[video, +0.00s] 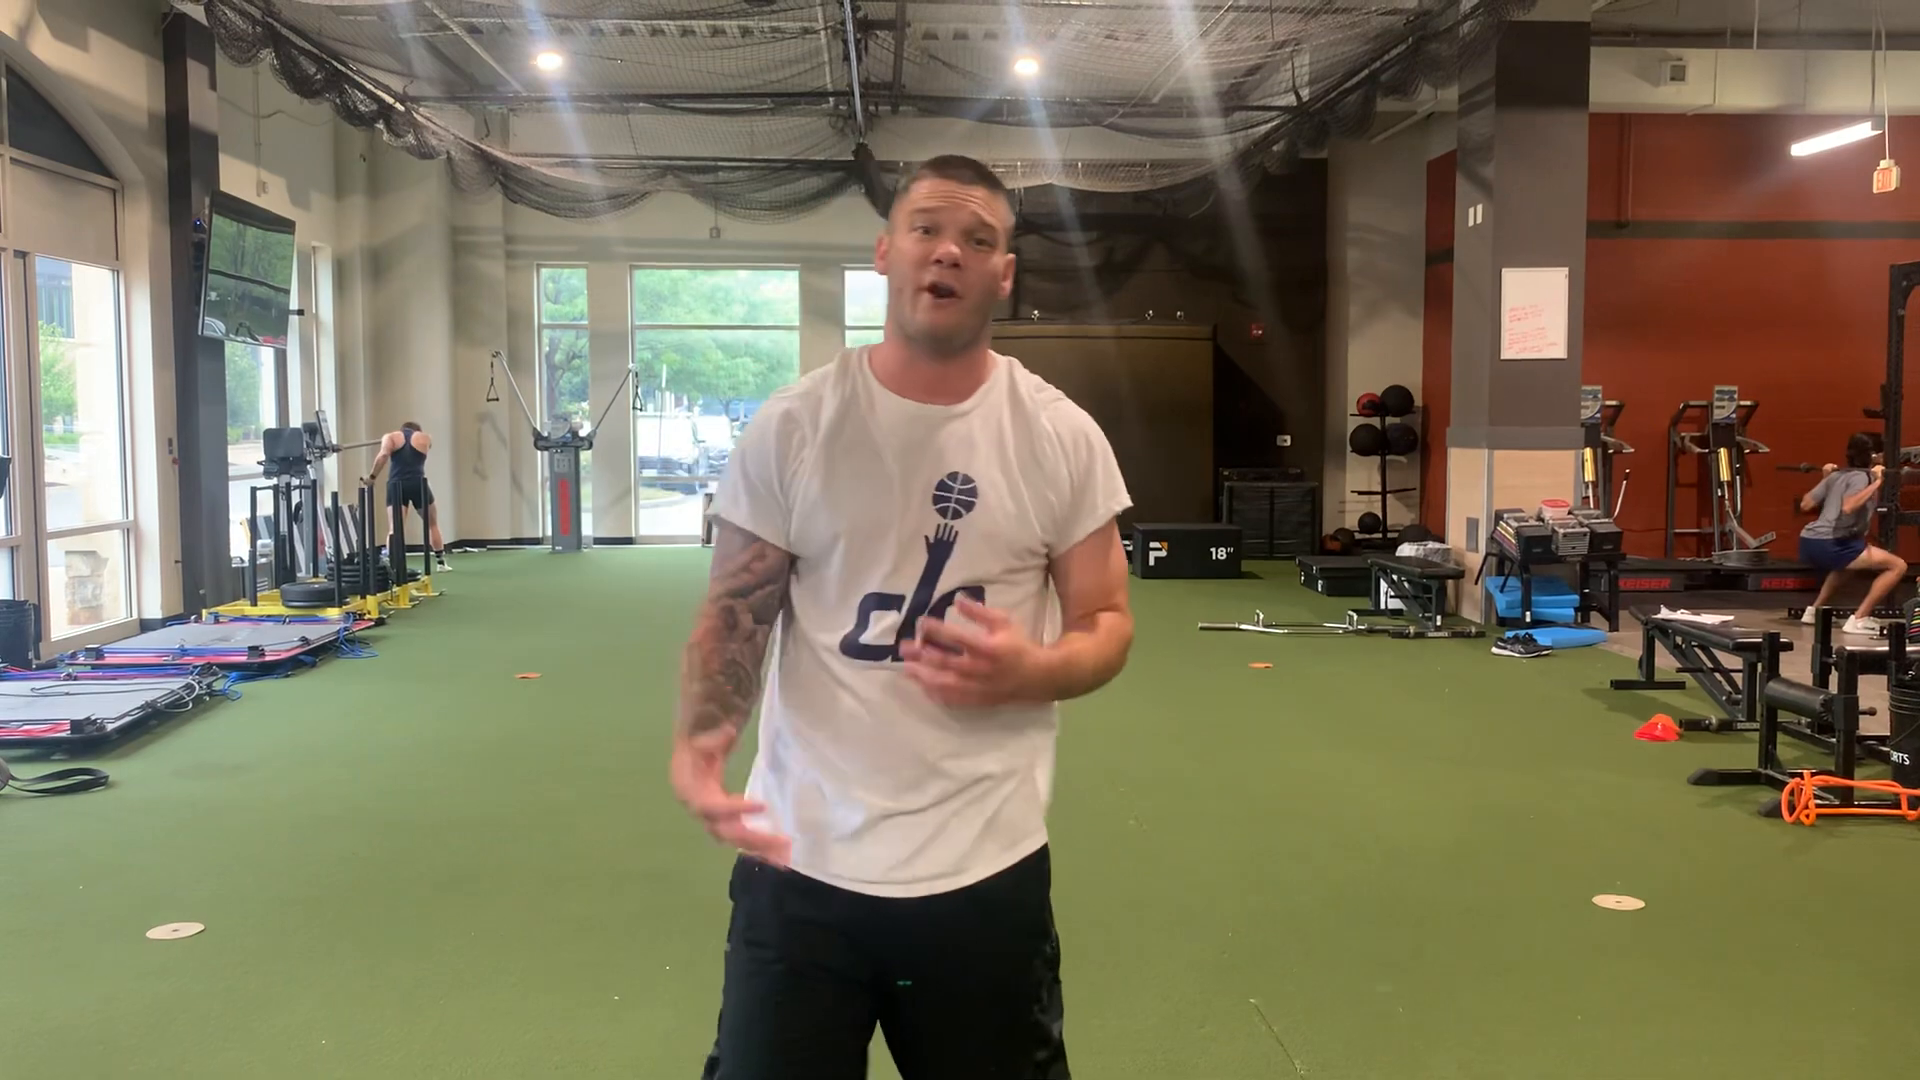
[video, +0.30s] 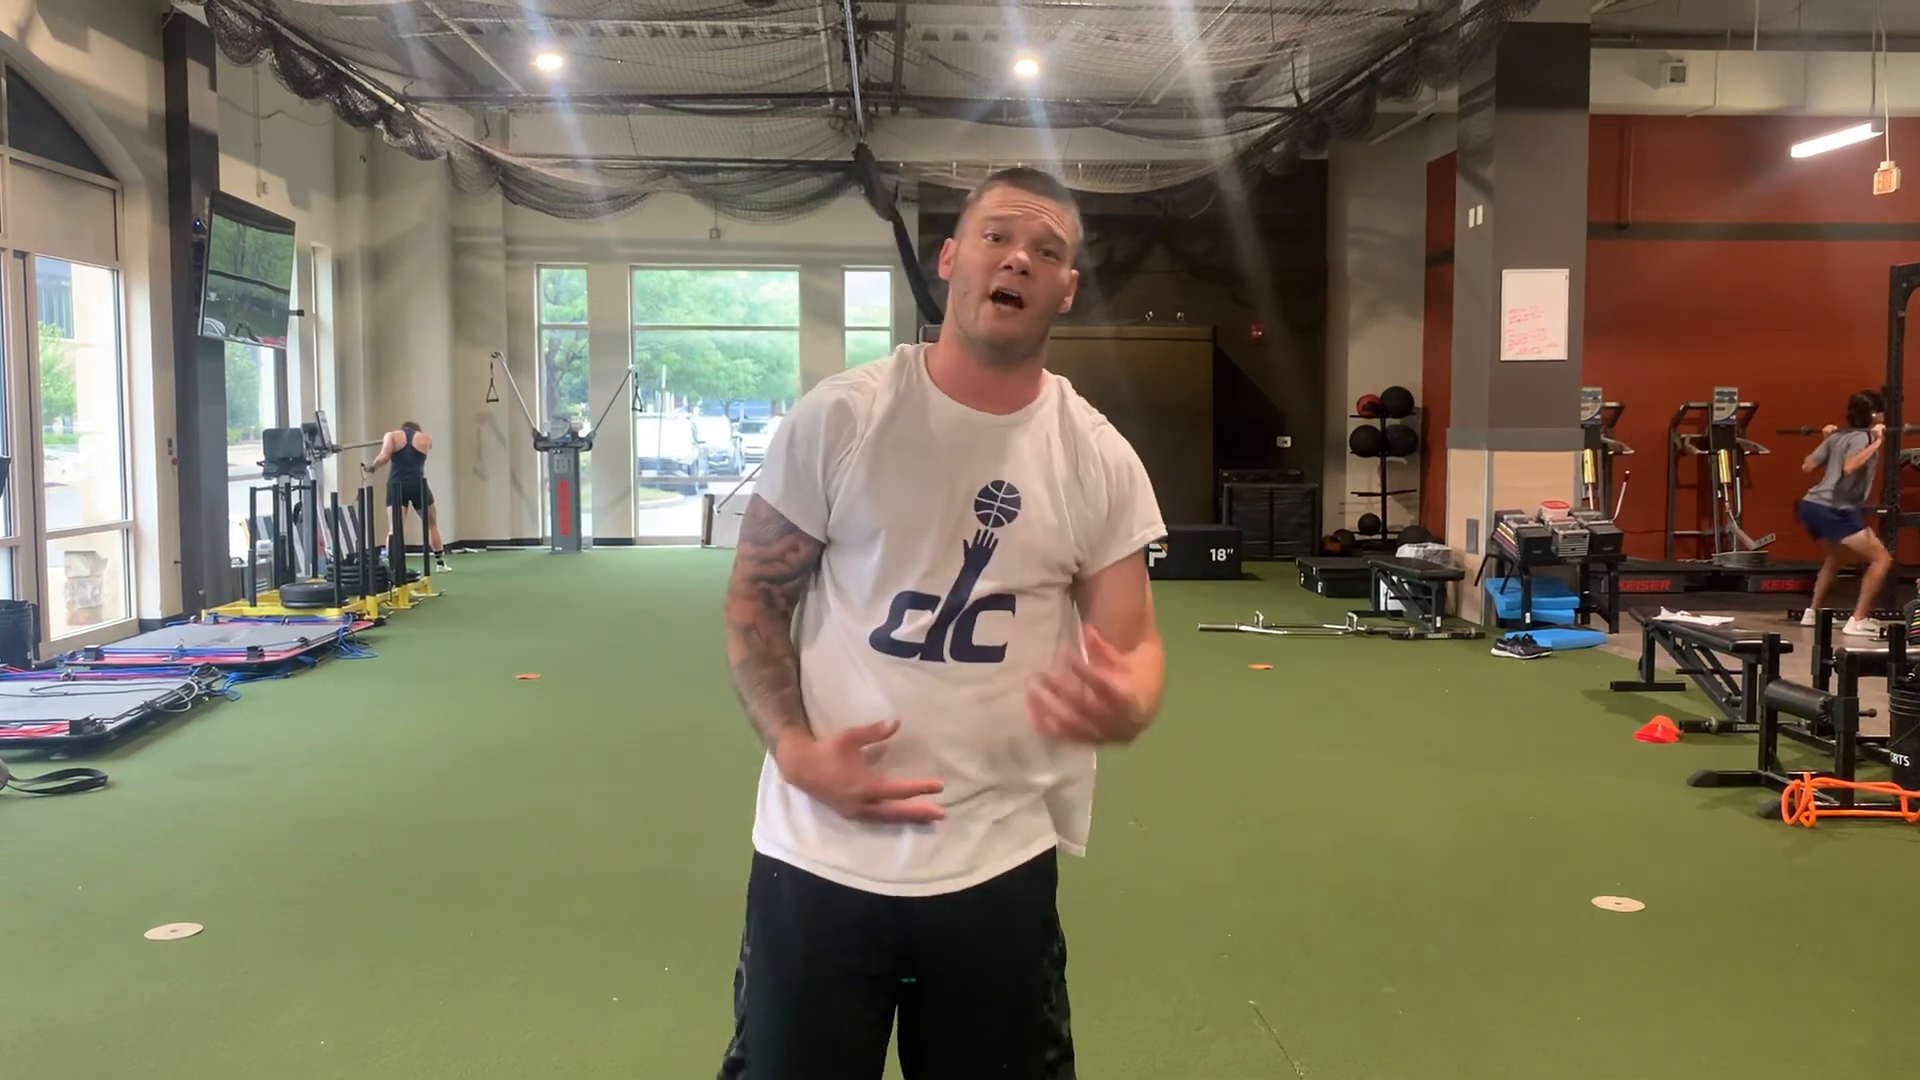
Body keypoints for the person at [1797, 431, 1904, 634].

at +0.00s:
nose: (1881, 458)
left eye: (1881, 453)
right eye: (1880, 453)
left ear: (1850, 455)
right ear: (1872, 457)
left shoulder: (1836, 476)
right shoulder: (1862, 477)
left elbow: (1806, 504)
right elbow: (1848, 507)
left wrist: (1825, 478)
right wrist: (1877, 482)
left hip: (1808, 541)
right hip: (1831, 545)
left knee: (1847, 564)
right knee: (1898, 566)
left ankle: (1814, 609)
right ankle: (1860, 619)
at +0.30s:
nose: (1881, 420)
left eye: (1882, 416)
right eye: (1879, 415)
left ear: (1851, 415)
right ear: (1871, 417)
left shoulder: (1837, 438)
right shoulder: (1863, 438)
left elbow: (1807, 465)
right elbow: (1849, 466)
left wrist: (1825, 439)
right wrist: (1877, 442)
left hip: (1813, 506)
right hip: (1835, 511)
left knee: (1834, 558)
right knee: (1881, 559)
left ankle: (1813, 612)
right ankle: (1858, 620)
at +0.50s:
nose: (1883, 396)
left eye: (1883, 391)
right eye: (1881, 391)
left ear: (1852, 393)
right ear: (1870, 393)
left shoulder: (1837, 416)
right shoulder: (1862, 416)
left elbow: (1808, 444)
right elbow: (1850, 444)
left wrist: (1826, 416)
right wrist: (1877, 419)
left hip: (1815, 488)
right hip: (1837, 493)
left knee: (1822, 550)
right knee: (1857, 551)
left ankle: (1810, 610)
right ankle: (1857, 619)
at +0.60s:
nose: (1882, 400)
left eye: (1883, 396)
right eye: (1880, 395)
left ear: (1851, 396)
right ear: (1870, 397)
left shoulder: (1836, 421)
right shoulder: (1861, 420)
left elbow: (1808, 448)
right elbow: (1850, 449)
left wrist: (1825, 420)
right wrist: (1877, 424)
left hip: (1815, 492)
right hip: (1838, 497)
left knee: (1828, 551)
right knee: (1867, 554)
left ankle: (1812, 610)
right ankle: (1858, 619)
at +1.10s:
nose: (1888, 461)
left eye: (1887, 456)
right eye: (1885, 456)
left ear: (1855, 459)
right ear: (1875, 460)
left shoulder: (1841, 479)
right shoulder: (1866, 481)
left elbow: (1810, 506)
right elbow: (1850, 510)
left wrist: (1831, 481)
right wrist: (1880, 487)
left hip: (1812, 546)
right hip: (1836, 550)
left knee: (1848, 567)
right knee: (1903, 567)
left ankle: (1818, 612)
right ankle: (1864, 620)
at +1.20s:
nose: (1888, 465)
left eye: (1887, 460)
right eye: (1886, 460)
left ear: (1857, 463)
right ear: (1876, 465)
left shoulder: (1841, 483)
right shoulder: (1866, 486)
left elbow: (1810, 510)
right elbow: (1850, 514)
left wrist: (1831, 485)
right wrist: (1881, 491)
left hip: (1812, 549)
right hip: (1837, 554)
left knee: (1849, 568)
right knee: (1903, 568)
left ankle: (1818, 612)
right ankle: (1863, 621)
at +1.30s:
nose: (1889, 464)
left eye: (1888, 459)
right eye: (1886, 459)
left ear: (1857, 462)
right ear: (1876, 463)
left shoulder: (1843, 482)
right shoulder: (1867, 484)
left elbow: (1811, 509)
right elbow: (1851, 513)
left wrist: (1832, 484)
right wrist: (1881, 490)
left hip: (1812, 547)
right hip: (1837, 551)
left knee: (1849, 571)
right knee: (1903, 569)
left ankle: (1819, 613)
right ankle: (1864, 622)